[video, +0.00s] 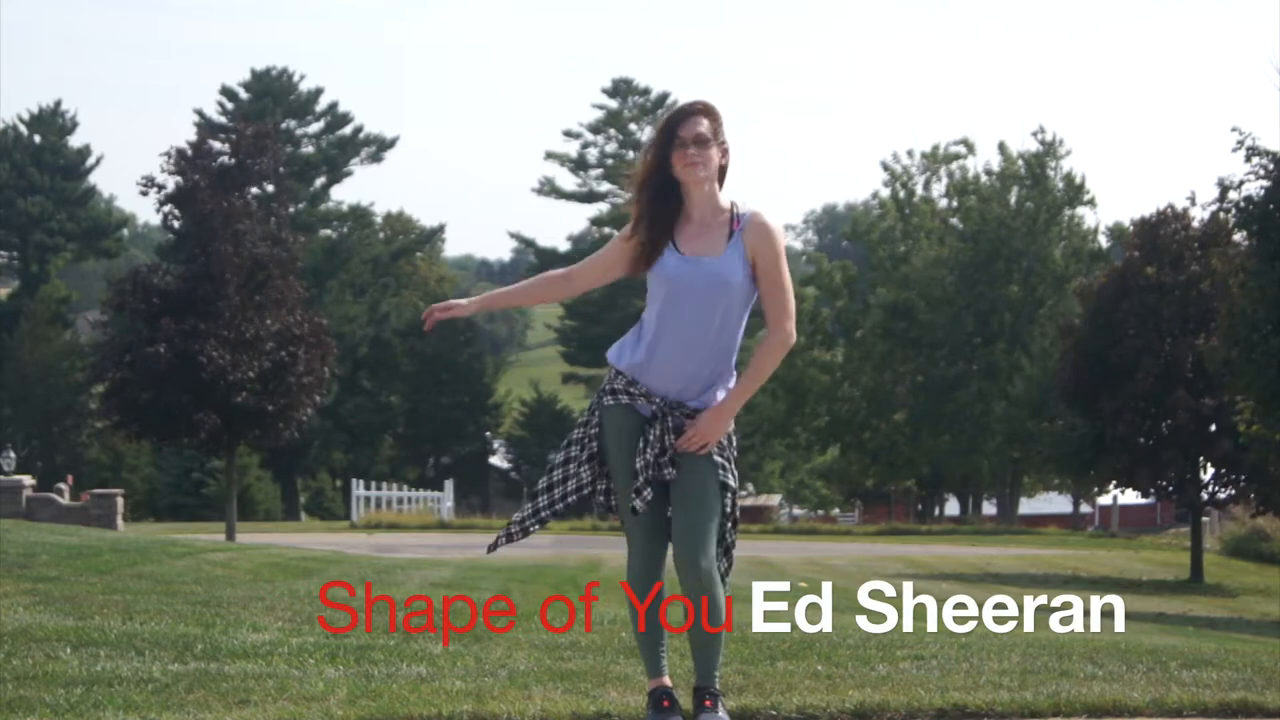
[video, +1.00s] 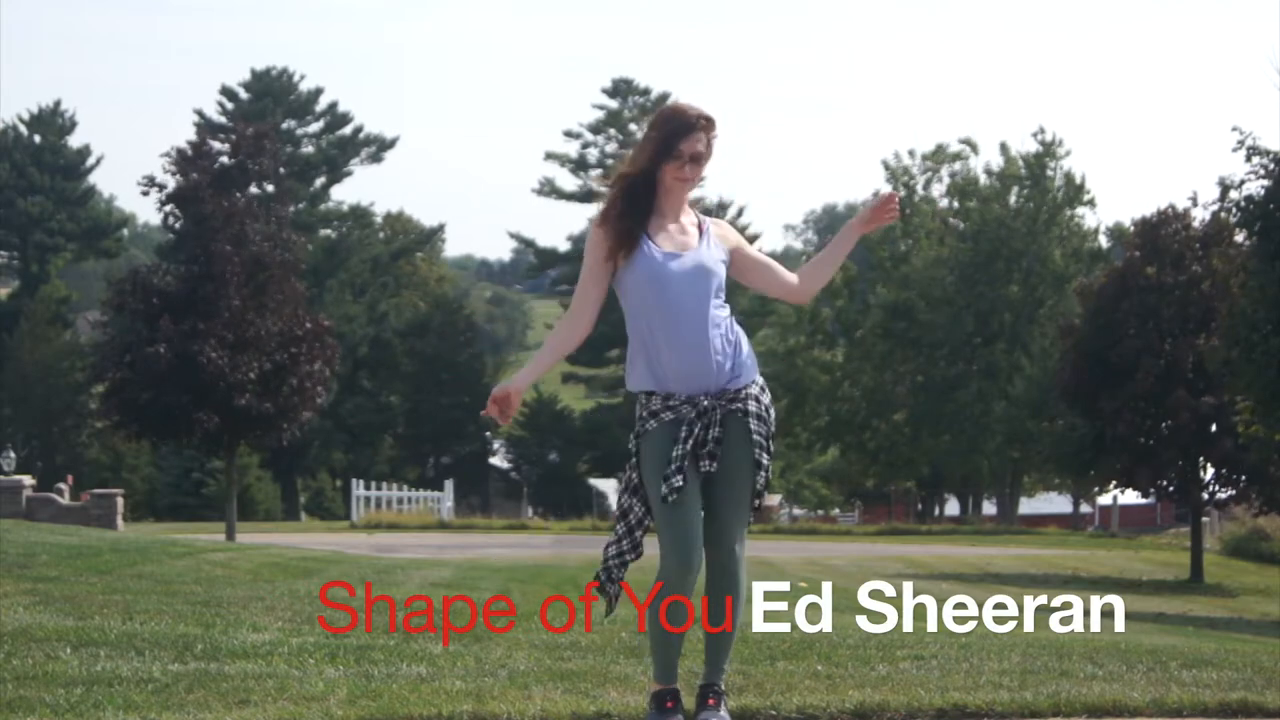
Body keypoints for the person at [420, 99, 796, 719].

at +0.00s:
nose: (694, 151)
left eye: (704, 141)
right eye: (683, 144)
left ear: (724, 152)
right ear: (666, 158)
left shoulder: (755, 231)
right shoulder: (652, 232)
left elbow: (784, 331)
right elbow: (567, 281)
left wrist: (727, 409)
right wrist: (474, 304)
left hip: (704, 410)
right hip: (632, 399)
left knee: (696, 556)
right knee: (646, 551)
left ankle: (708, 692)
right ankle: (659, 686)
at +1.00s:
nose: (692, 167)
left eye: (701, 158)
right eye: (682, 156)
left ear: (708, 162)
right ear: (655, 156)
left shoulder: (717, 232)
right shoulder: (615, 230)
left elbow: (799, 287)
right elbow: (577, 322)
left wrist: (856, 227)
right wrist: (522, 380)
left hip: (738, 399)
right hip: (664, 405)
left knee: (726, 552)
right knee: (683, 558)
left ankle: (713, 689)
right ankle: (666, 690)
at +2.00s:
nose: (700, 150)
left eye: (709, 139)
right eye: (688, 143)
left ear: (728, 149)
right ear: (671, 156)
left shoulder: (748, 238)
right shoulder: (653, 208)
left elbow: (741, 337)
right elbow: (583, 277)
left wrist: (737, 428)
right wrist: (550, 369)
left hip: (698, 407)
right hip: (626, 397)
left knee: (698, 545)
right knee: (639, 547)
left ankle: (709, 688)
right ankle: (657, 684)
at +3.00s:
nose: (660, 153)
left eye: (670, 144)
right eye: (650, 142)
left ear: (681, 154)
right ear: (626, 151)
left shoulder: (702, 210)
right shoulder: (612, 237)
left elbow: (802, 244)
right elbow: (612, 334)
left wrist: (797, 325)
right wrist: (594, 418)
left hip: (716, 400)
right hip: (649, 405)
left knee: (707, 549)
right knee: (654, 549)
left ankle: (708, 691)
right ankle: (660, 687)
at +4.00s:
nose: (663, 143)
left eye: (671, 133)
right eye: (650, 134)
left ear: (684, 143)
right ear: (628, 146)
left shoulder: (712, 218)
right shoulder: (607, 218)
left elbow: (735, 313)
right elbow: (537, 255)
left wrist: (681, 346)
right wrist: (533, 290)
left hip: (698, 397)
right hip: (629, 394)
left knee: (700, 549)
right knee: (644, 543)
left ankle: (709, 690)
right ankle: (657, 687)